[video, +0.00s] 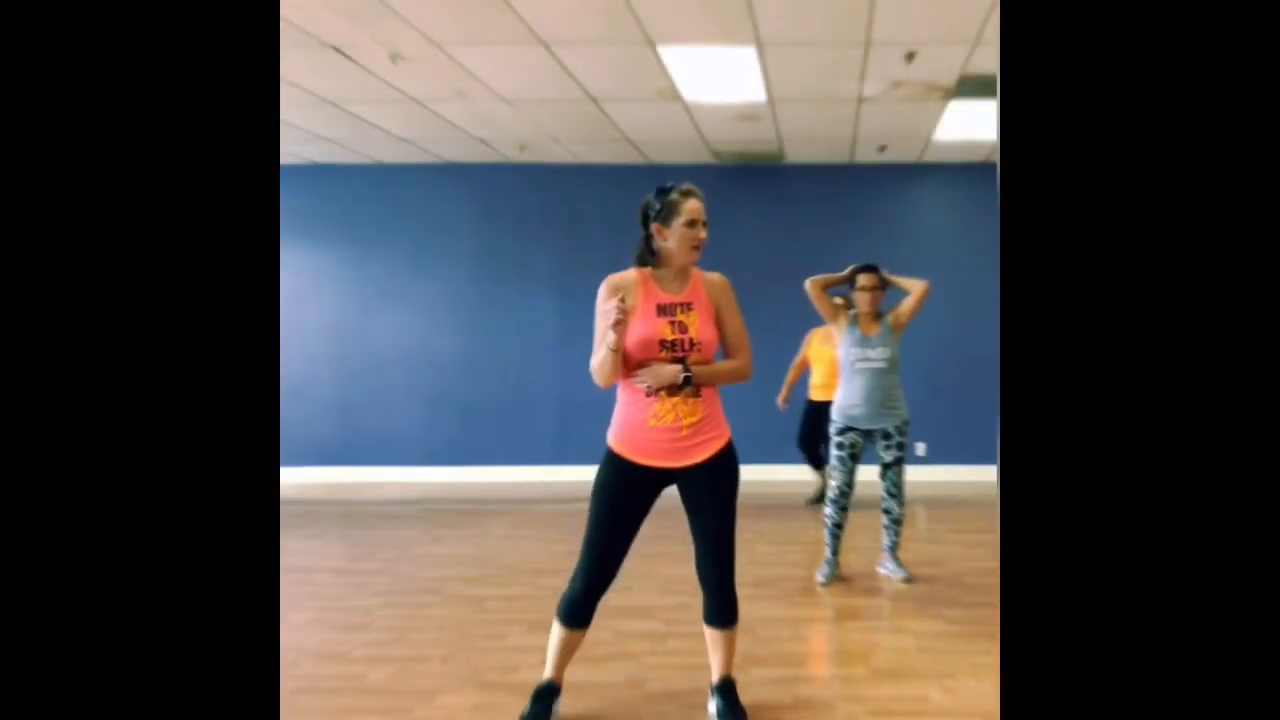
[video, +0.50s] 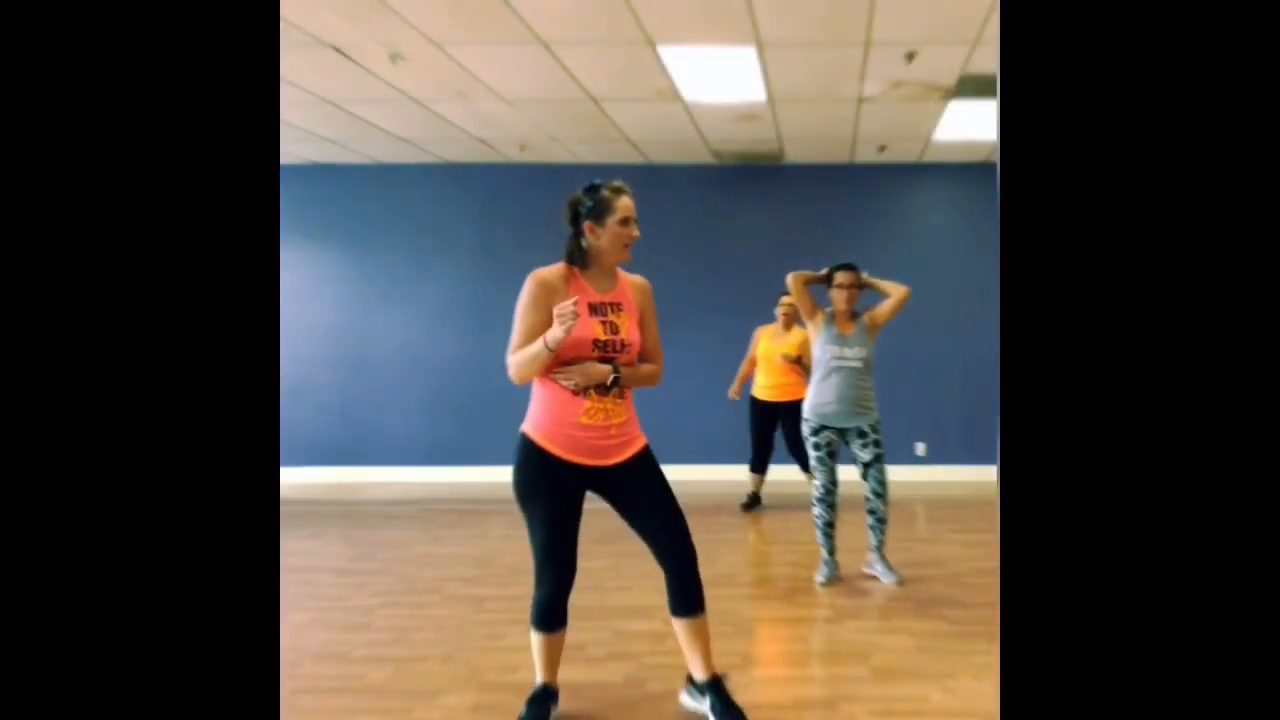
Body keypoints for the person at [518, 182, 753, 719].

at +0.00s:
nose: (703, 234)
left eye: (705, 224)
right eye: (692, 225)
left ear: (701, 231)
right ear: (658, 230)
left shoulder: (714, 287)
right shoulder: (619, 288)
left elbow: (742, 367)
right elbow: (604, 377)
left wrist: (684, 372)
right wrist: (612, 337)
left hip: (707, 451)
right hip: (633, 452)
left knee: (718, 576)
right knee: (591, 578)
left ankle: (723, 689)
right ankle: (548, 686)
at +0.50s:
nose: (635, 232)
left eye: (635, 222)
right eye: (625, 223)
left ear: (622, 229)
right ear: (589, 229)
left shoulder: (637, 290)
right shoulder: (545, 284)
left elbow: (652, 372)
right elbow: (517, 371)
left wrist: (610, 373)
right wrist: (554, 336)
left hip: (624, 452)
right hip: (551, 454)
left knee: (679, 553)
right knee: (553, 576)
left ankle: (704, 681)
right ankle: (545, 690)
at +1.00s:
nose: (613, 228)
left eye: (620, 218)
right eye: (601, 220)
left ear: (626, 225)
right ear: (574, 229)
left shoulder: (645, 285)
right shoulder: (548, 275)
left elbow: (664, 367)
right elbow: (525, 337)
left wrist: (613, 368)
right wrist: (570, 269)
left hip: (627, 449)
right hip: (553, 450)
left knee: (674, 558)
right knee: (553, 573)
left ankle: (684, 688)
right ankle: (543, 690)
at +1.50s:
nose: (656, 229)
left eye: (664, 218)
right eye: (646, 222)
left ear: (685, 221)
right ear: (637, 232)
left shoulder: (718, 278)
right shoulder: (631, 285)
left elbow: (753, 357)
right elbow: (575, 329)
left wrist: (687, 368)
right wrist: (612, 264)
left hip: (710, 444)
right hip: (642, 442)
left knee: (711, 572)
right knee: (605, 568)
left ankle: (722, 686)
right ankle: (586, 678)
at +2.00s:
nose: (662, 230)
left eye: (672, 222)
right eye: (653, 224)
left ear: (692, 235)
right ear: (643, 237)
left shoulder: (716, 294)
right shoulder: (622, 286)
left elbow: (749, 369)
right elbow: (532, 278)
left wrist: (689, 377)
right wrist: (453, 266)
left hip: (716, 454)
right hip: (645, 454)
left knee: (732, 575)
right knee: (584, 563)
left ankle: (728, 685)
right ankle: (574, 643)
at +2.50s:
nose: (605, 223)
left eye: (615, 215)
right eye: (597, 216)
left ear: (636, 227)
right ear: (587, 228)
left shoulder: (657, 294)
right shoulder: (564, 277)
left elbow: (673, 375)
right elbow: (473, 269)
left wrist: (619, 375)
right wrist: (395, 249)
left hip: (640, 446)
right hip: (567, 444)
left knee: (681, 556)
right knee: (550, 564)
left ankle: (699, 664)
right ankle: (532, 670)